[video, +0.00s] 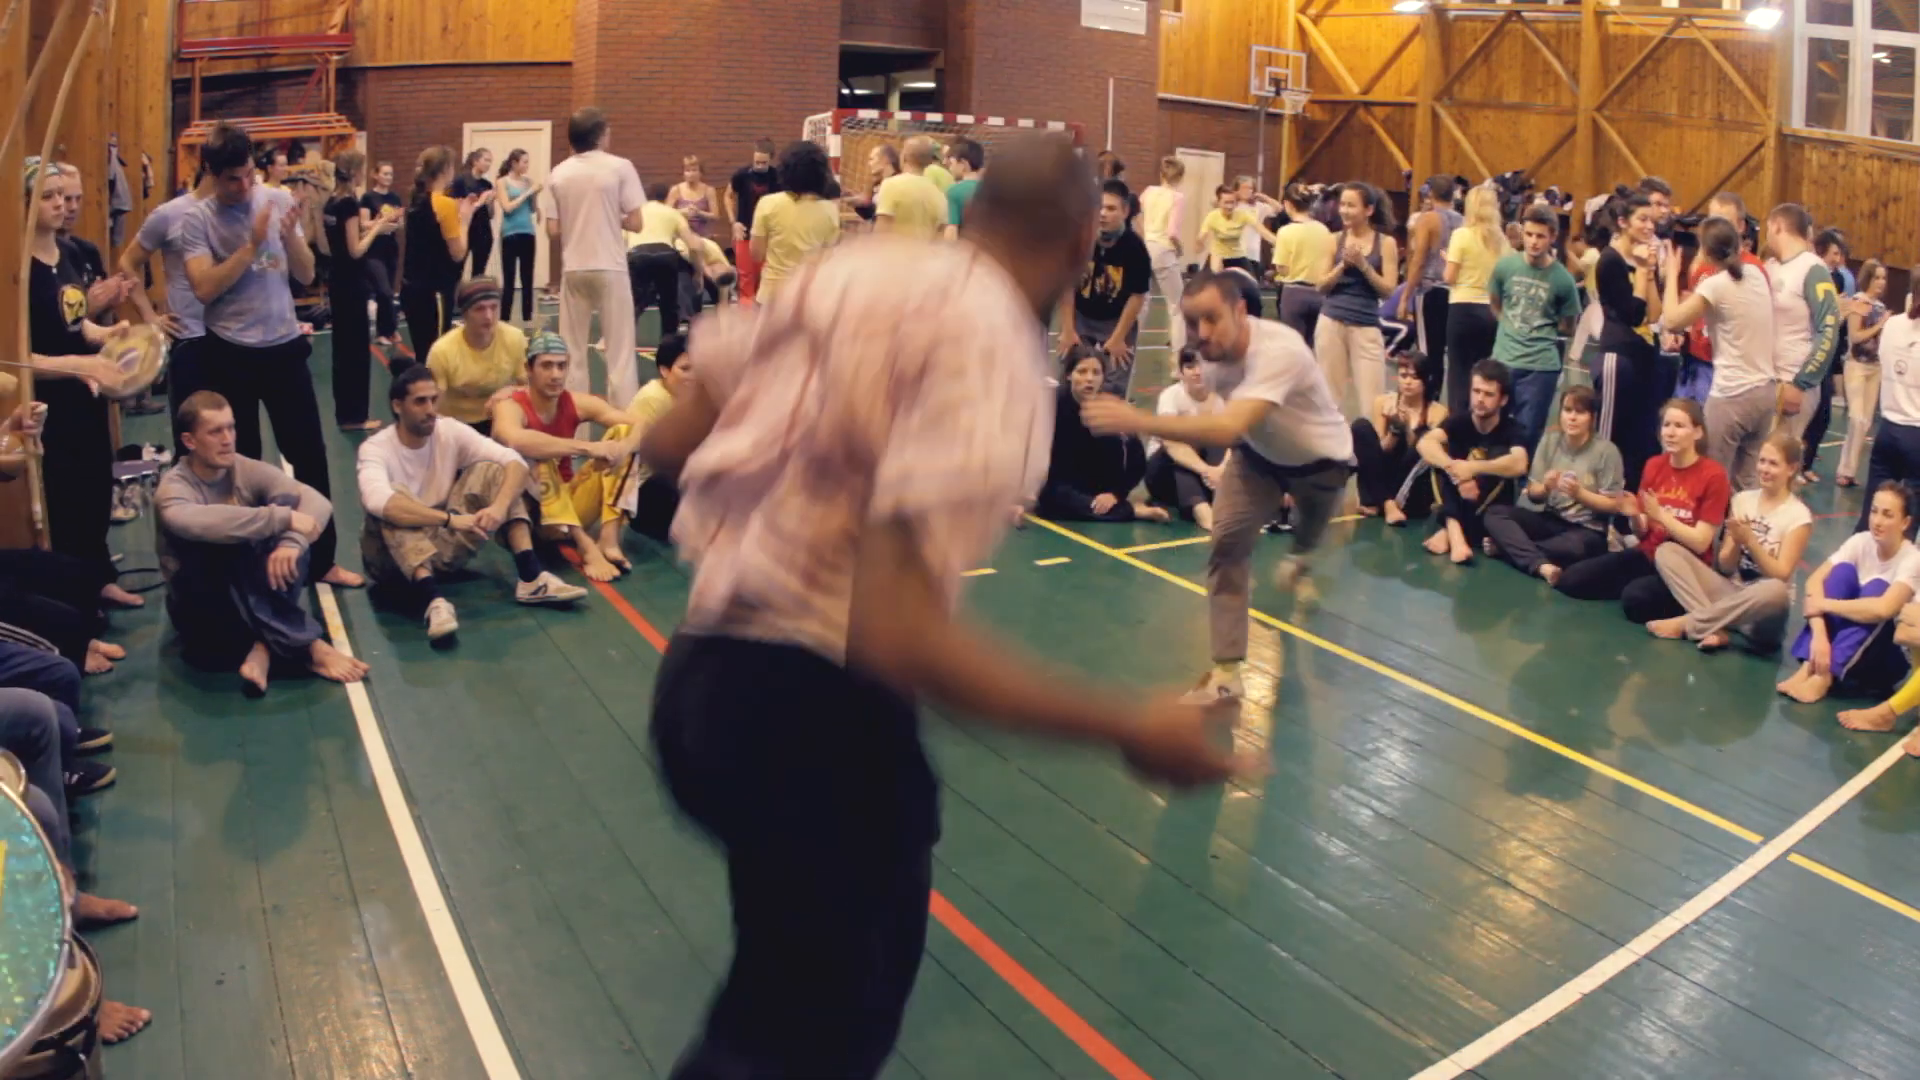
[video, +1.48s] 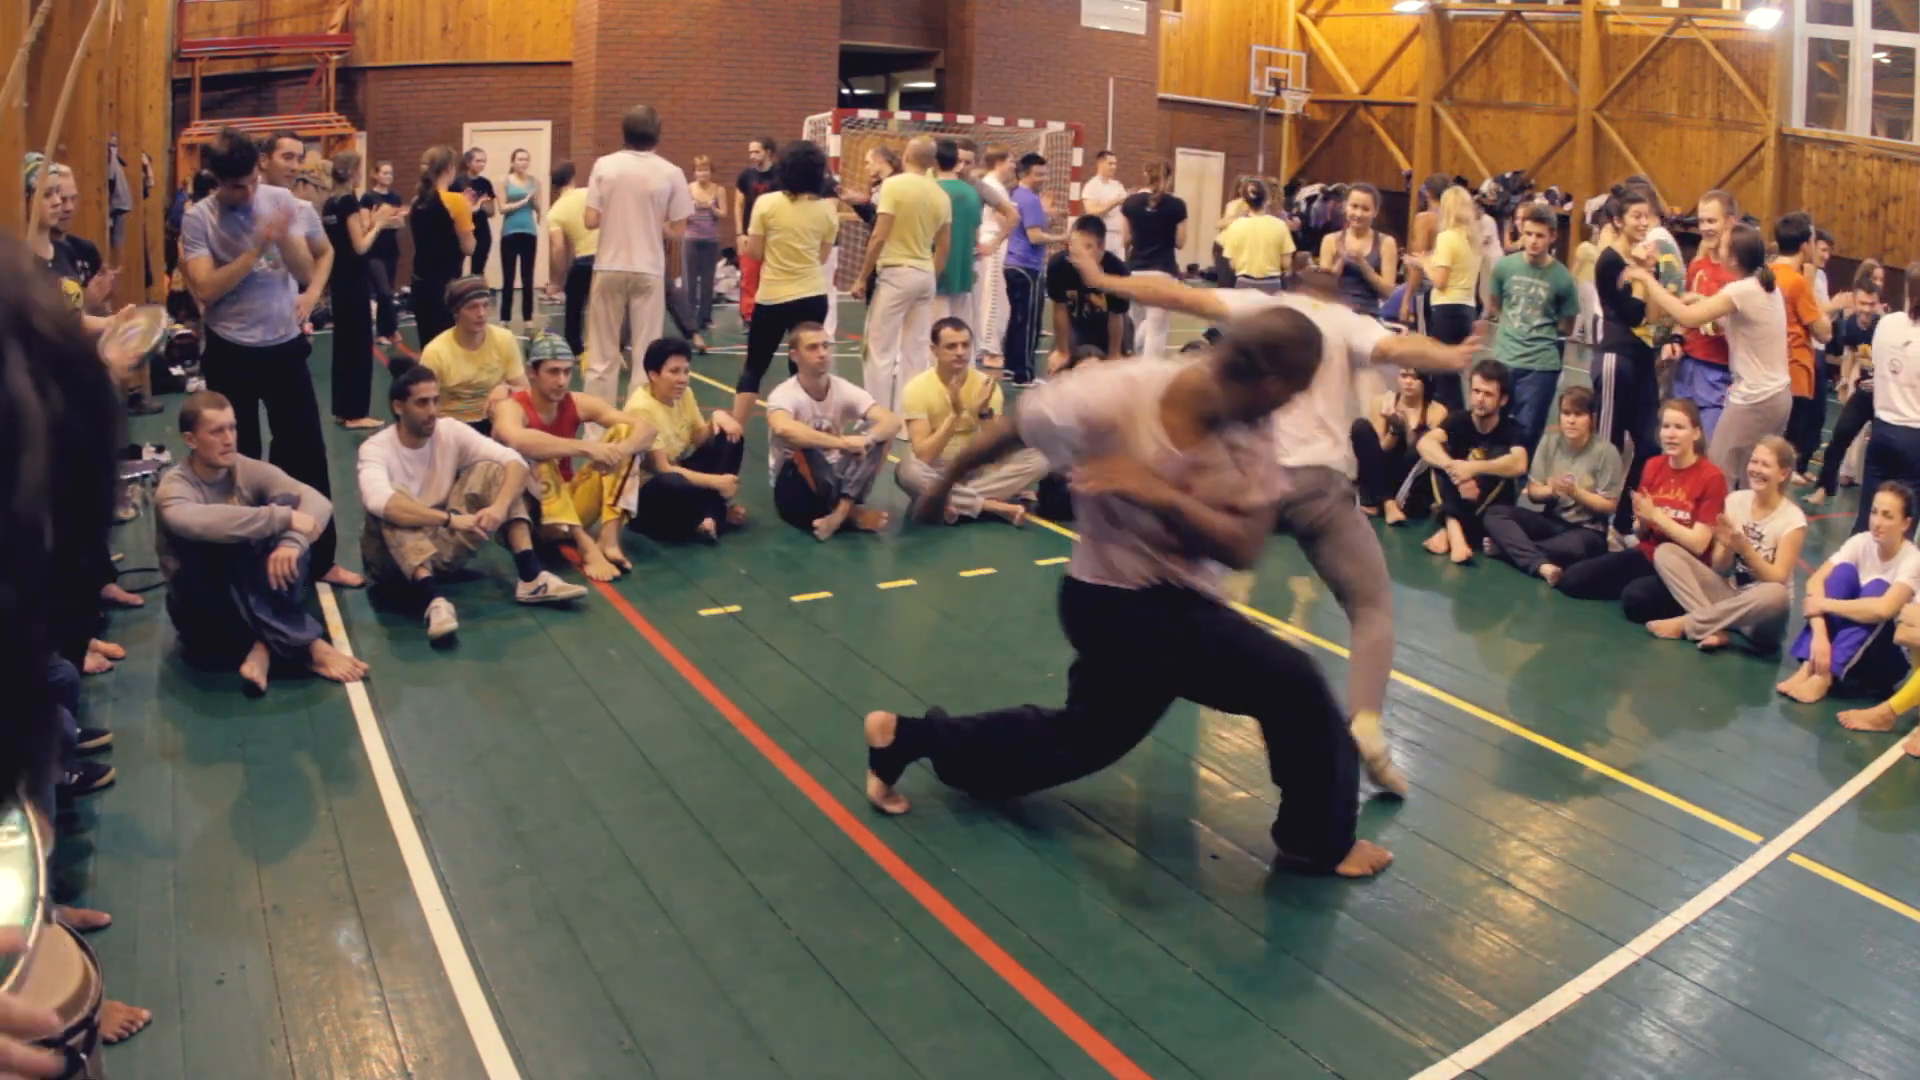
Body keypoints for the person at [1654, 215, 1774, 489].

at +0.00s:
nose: (1699, 247)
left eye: (1700, 243)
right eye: (1700, 242)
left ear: (1706, 250)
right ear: (1737, 244)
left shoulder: (1714, 285)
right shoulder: (1757, 273)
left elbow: (1671, 319)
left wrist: (1672, 273)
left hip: (1729, 395)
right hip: (1765, 389)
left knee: (1714, 480)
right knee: (1749, 478)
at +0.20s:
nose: (1701, 255)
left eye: (1703, 250)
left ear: (1707, 255)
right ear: (1739, 246)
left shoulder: (1720, 291)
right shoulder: (1757, 272)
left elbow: (1673, 306)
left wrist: (1643, 267)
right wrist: (1683, 288)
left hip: (1750, 397)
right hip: (1779, 390)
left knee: (1720, 472)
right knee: (1763, 473)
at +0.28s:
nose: (1701, 256)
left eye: (1703, 252)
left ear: (1707, 259)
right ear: (1739, 248)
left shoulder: (1719, 295)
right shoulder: (1755, 273)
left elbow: (1674, 312)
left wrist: (1630, 284)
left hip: (1751, 396)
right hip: (1781, 390)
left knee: (1724, 470)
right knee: (1766, 470)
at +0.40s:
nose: (1696, 262)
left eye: (1699, 258)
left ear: (1702, 264)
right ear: (1734, 253)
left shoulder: (1715, 299)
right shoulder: (1752, 279)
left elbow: (1678, 332)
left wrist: (1630, 322)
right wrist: (1688, 331)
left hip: (1748, 399)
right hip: (1782, 393)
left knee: (1720, 472)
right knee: (1771, 473)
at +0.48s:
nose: (1692, 266)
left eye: (1694, 261)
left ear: (1698, 267)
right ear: (1730, 256)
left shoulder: (1711, 303)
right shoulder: (1750, 281)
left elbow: (1681, 344)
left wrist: (1639, 346)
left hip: (1747, 398)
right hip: (1780, 393)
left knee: (1715, 473)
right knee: (1769, 474)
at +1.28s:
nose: (1703, 253)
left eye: (1705, 248)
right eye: (1704, 247)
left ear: (1710, 257)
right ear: (1740, 251)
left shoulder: (1718, 290)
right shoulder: (1758, 280)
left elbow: (1670, 326)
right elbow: (1743, 324)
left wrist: (1640, 305)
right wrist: (1706, 328)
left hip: (1737, 399)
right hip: (1771, 393)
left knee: (1716, 475)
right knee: (1745, 475)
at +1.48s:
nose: (1717, 250)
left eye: (1722, 246)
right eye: (1718, 245)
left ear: (1733, 257)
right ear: (1758, 254)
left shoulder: (1742, 291)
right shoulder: (1768, 284)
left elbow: (1689, 316)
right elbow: (1738, 322)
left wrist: (1647, 279)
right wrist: (1703, 301)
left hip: (1752, 401)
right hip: (1778, 396)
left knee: (1718, 468)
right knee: (1758, 471)